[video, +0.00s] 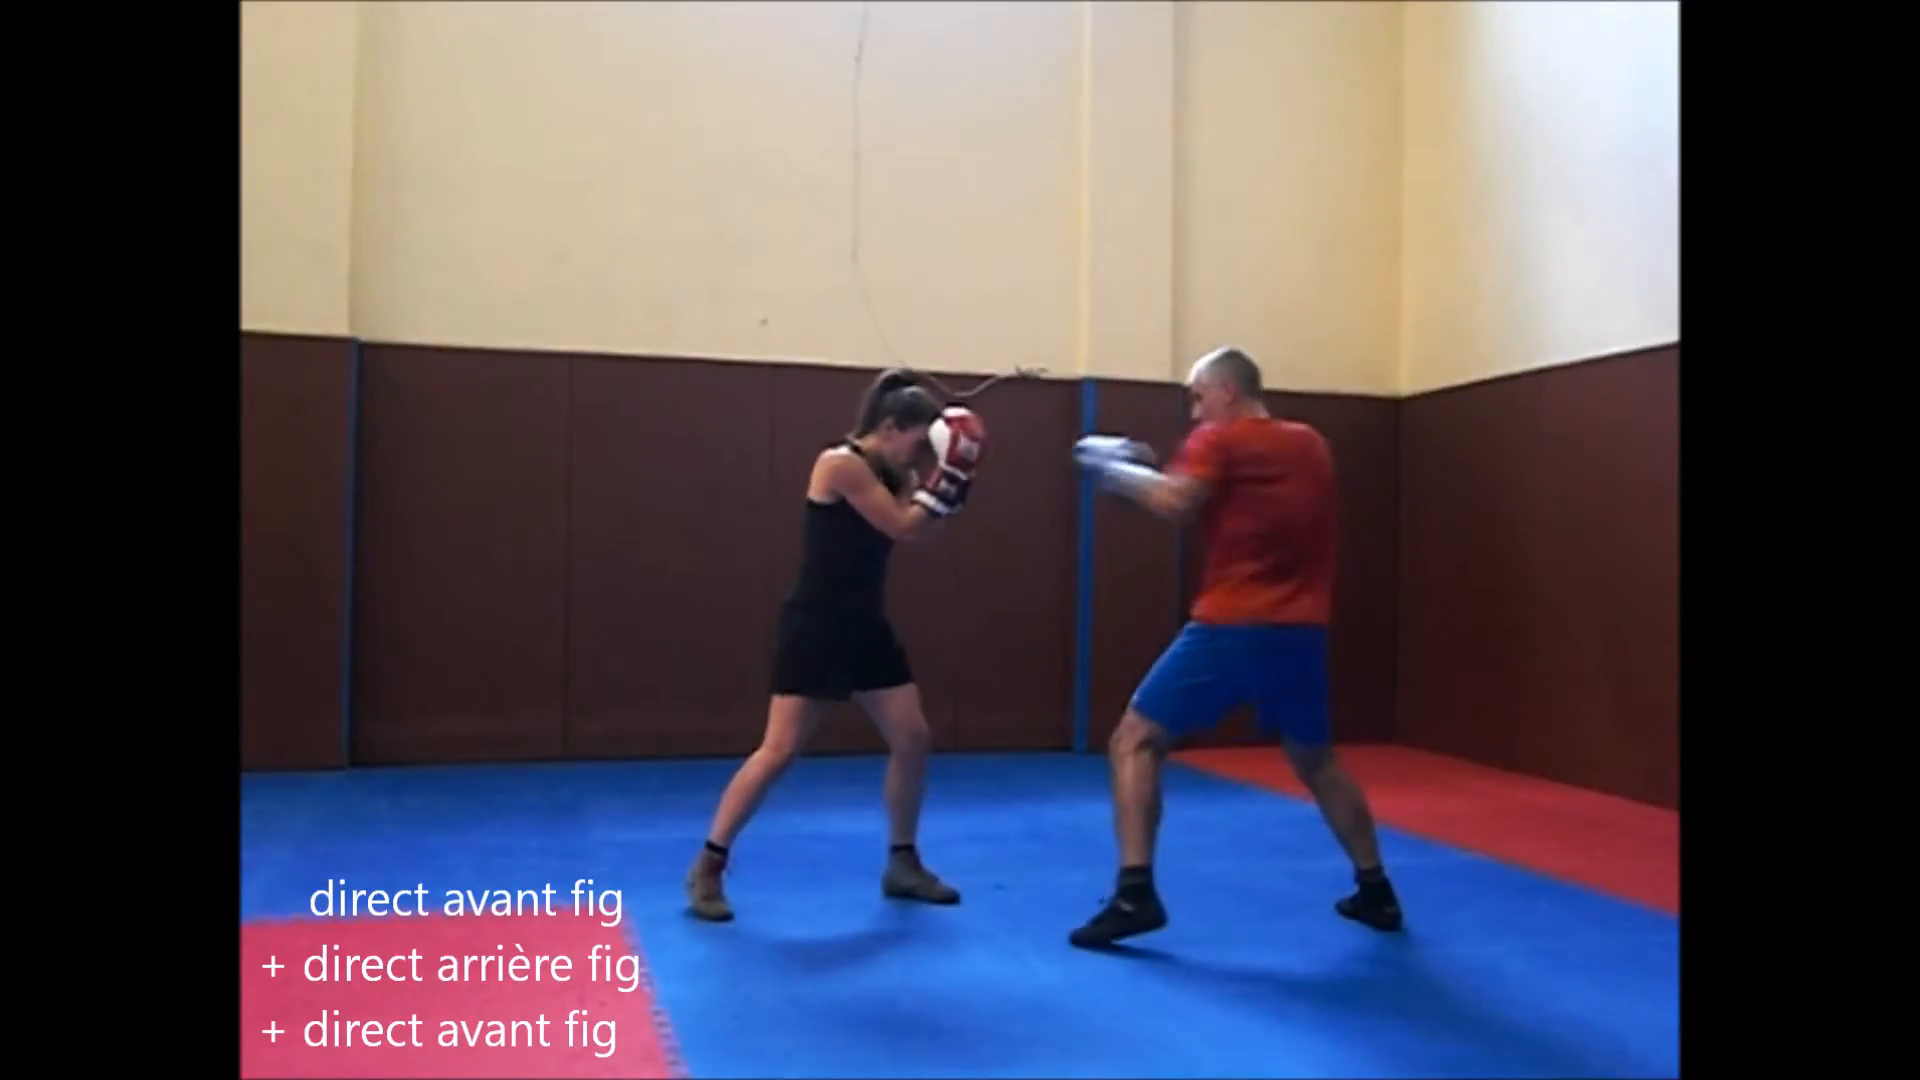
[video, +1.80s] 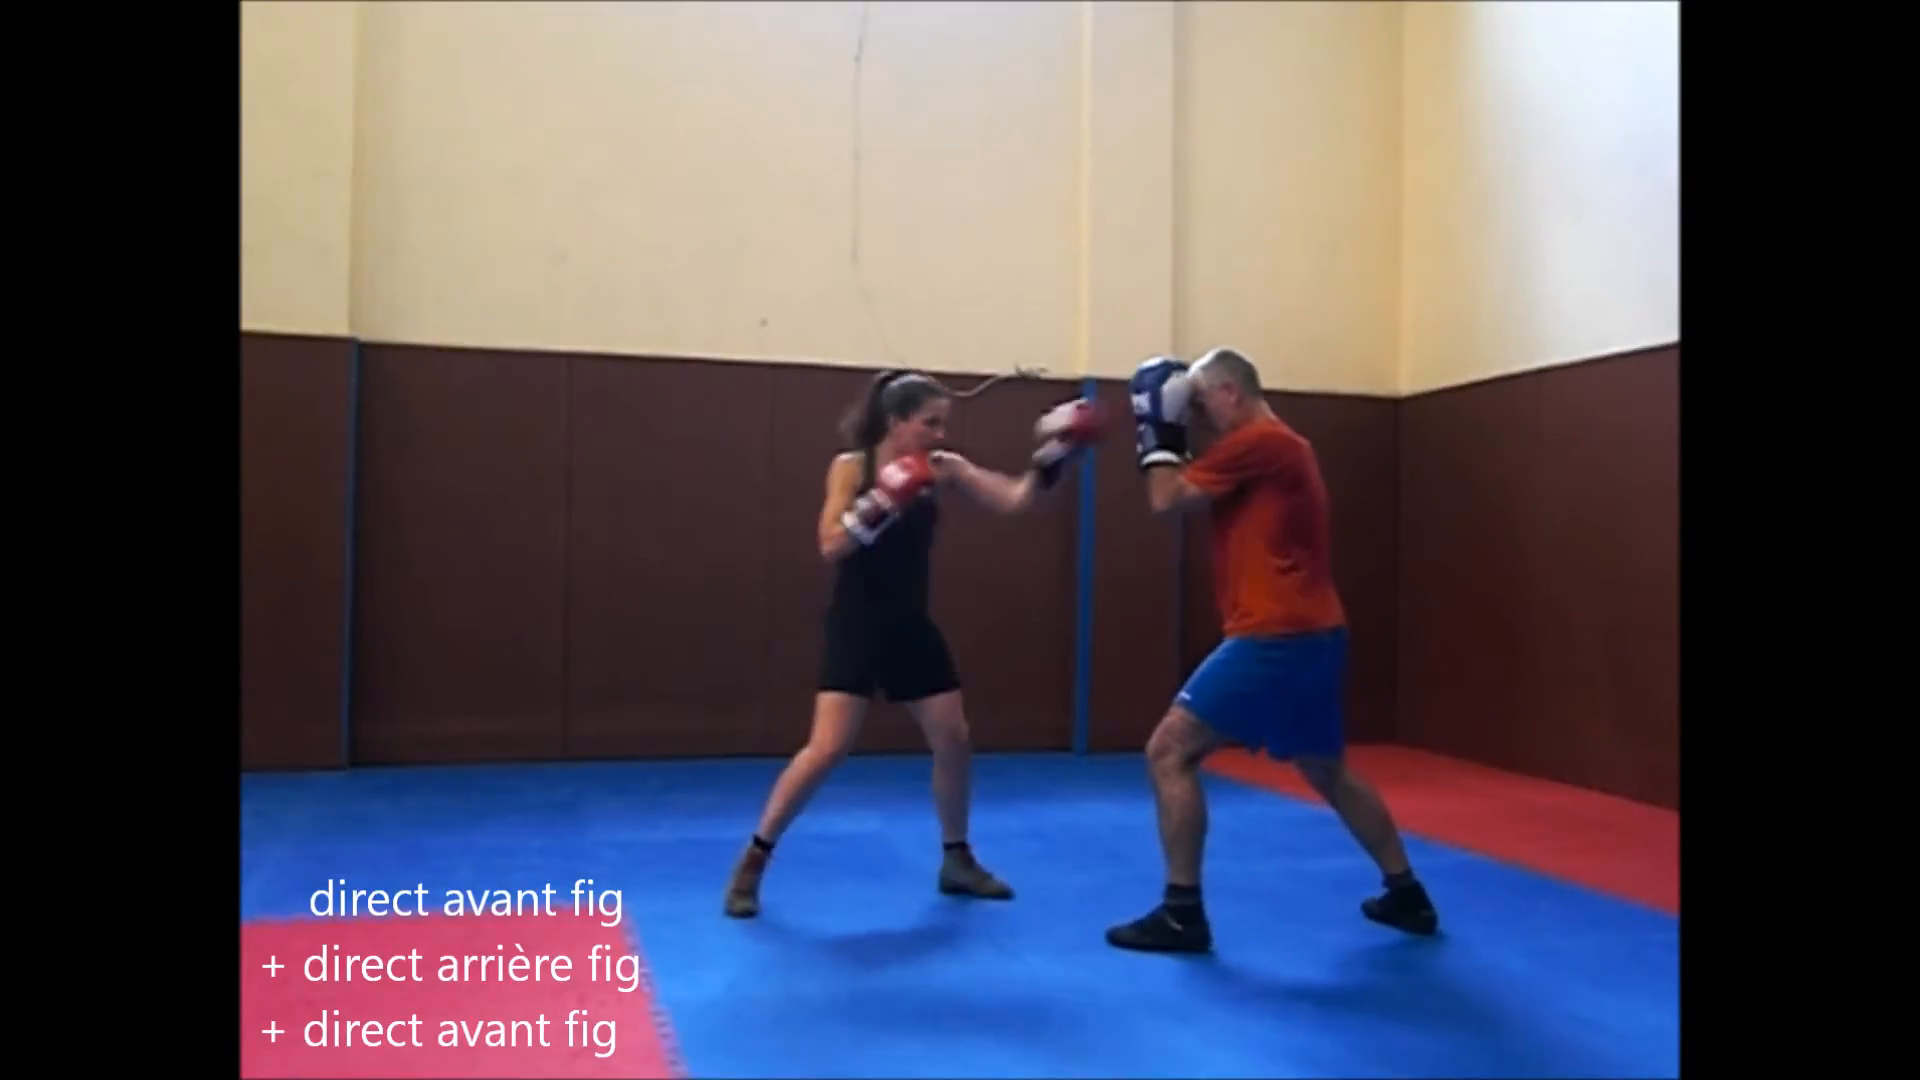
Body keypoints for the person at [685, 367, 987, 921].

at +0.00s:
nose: (919, 453)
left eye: (924, 444)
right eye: (918, 442)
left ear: (897, 429)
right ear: (891, 427)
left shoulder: (887, 473)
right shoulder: (840, 465)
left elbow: (924, 522)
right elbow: (902, 526)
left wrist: (957, 473)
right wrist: (946, 478)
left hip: (863, 627)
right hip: (813, 625)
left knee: (911, 738)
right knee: (778, 749)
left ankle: (903, 864)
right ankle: (709, 865)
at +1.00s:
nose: (860, 442)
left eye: (864, 432)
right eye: (857, 430)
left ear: (838, 425)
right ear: (828, 422)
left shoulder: (834, 475)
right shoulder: (784, 469)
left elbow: (879, 539)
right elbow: (844, 532)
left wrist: (899, 483)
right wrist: (878, 476)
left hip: (840, 634)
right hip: (790, 636)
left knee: (897, 743)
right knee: (762, 765)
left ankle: (901, 865)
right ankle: (702, 879)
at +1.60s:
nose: (894, 421)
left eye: (898, 411)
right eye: (885, 410)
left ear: (877, 415)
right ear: (850, 410)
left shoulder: (883, 460)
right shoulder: (810, 457)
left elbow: (922, 521)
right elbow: (837, 532)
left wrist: (955, 485)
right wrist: (888, 483)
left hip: (878, 616)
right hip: (820, 622)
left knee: (949, 712)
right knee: (791, 744)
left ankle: (959, 830)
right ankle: (744, 863)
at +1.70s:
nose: (913, 427)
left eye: (916, 416)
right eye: (902, 416)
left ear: (915, 419)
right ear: (863, 416)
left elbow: (1001, 465)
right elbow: (817, 539)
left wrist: (1058, 446)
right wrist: (867, 491)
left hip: (897, 617)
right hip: (839, 618)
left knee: (942, 734)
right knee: (808, 739)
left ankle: (959, 855)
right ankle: (747, 861)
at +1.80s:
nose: (941, 433)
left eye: (944, 423)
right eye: (932, 422)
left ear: (933, 423)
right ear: (897, 422)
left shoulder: (940, 467)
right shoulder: (852, 469)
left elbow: (1015, 498)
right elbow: (831, 544)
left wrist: (1051, 457)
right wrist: (881, 501)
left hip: (912, 627)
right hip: (857, 626)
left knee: (953, 738)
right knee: (826, 748)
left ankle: (958, 861)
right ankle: (754, 861)